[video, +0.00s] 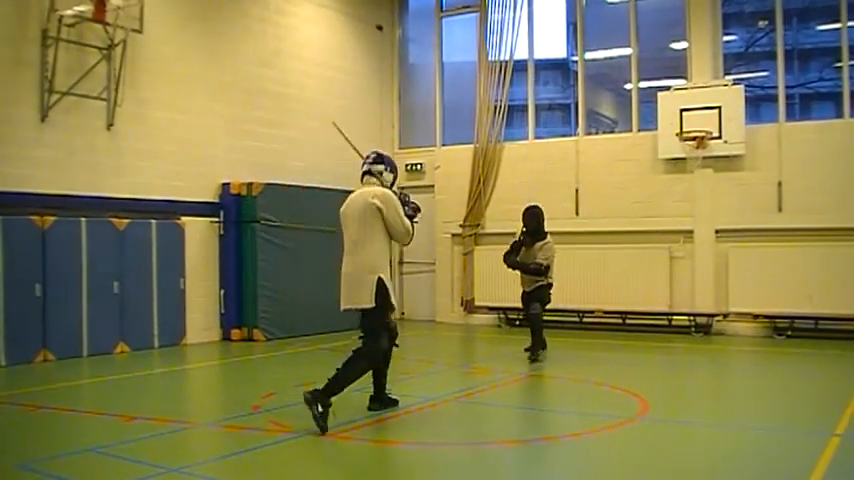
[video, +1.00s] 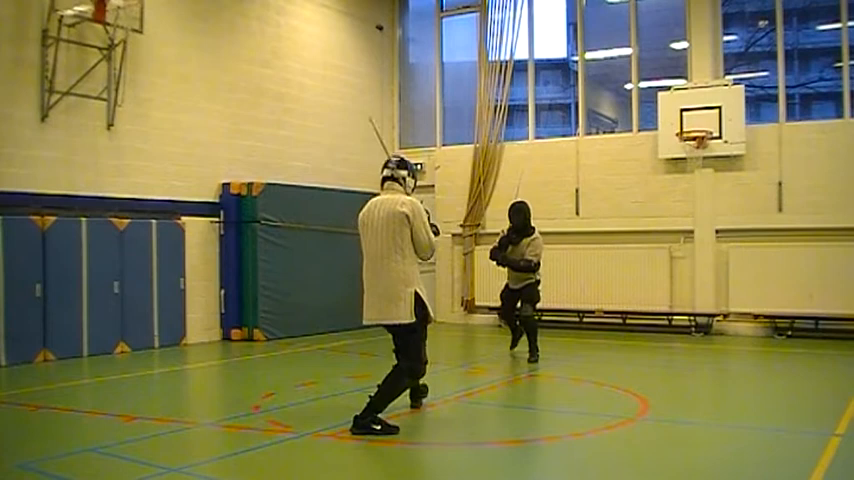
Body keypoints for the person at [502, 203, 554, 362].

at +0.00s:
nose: (526, 225)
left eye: (530, 221)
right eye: (525, 221)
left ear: (539, 222)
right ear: (523, 222)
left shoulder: (547, 244)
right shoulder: (523, 240)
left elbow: (541, 269)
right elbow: (508, 258)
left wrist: (516, 264)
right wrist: (519, 245)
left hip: (541, 285)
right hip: (527, 286)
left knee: (534, 311)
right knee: (529, 316)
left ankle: (536, 347)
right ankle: (539, 341)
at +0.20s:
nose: (523, 228)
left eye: (527, 224)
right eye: (522, 224)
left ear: (535, 224)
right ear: (520, 224)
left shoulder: (544, 246)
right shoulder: (519, 241)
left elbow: (540, 271)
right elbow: (507, 259)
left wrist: (514, 269)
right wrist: (517, 248)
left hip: (539, 286)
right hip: (524, 287)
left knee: (532, 310)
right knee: (525, 315)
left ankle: (534, 347)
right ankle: (531, 338)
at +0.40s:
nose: (522, 237)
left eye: (525, 234)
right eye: (520, 233)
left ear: (533, 231)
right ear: (517, 231)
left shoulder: (542, 251)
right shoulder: (516, 244)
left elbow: (538, 276)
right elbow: (503, 263)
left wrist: (515, 275)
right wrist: (514, 253)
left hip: (536, 288)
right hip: (522, 288)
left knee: (531, 312)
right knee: (523, 316)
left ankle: (534, 348)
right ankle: (528, 340)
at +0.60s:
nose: (519, 238)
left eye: (523, 234)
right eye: (517, 234)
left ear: (531, 231)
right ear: (515, 230)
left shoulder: (540, 250)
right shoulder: (512, 243)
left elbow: (537, 275)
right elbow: (501, 262)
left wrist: (513, 274)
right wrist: (511, 253)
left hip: (534, 288)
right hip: (520, 288)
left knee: (530, 312)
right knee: (522, 316)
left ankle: (534, 347)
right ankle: (528, 340)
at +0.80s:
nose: (516, 231)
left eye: (519, 227)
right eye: (514, 227)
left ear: (527, 227)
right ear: (512, 226)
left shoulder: (537, 247)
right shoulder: (511, 242)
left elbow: (535, 274)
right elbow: (498, 261)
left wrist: (511, 272)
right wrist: (505, 255)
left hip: (532, 287)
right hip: (517, 288)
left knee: (528, 314)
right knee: (519, 317)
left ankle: (533, 348)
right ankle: (526, 339)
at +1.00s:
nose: (513, 221)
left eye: (516, 217)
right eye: (511, 217)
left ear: (525, 217)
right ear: (510, 218)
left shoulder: (535, 239)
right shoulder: (508, 235)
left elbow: (531, 266)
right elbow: (494, 254)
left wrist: (505, 260)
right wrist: (507, 242)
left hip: (529, 283)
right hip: (512, 283)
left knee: (526, 314)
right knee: (505, 311)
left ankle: (533, 349)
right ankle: (515, 330)